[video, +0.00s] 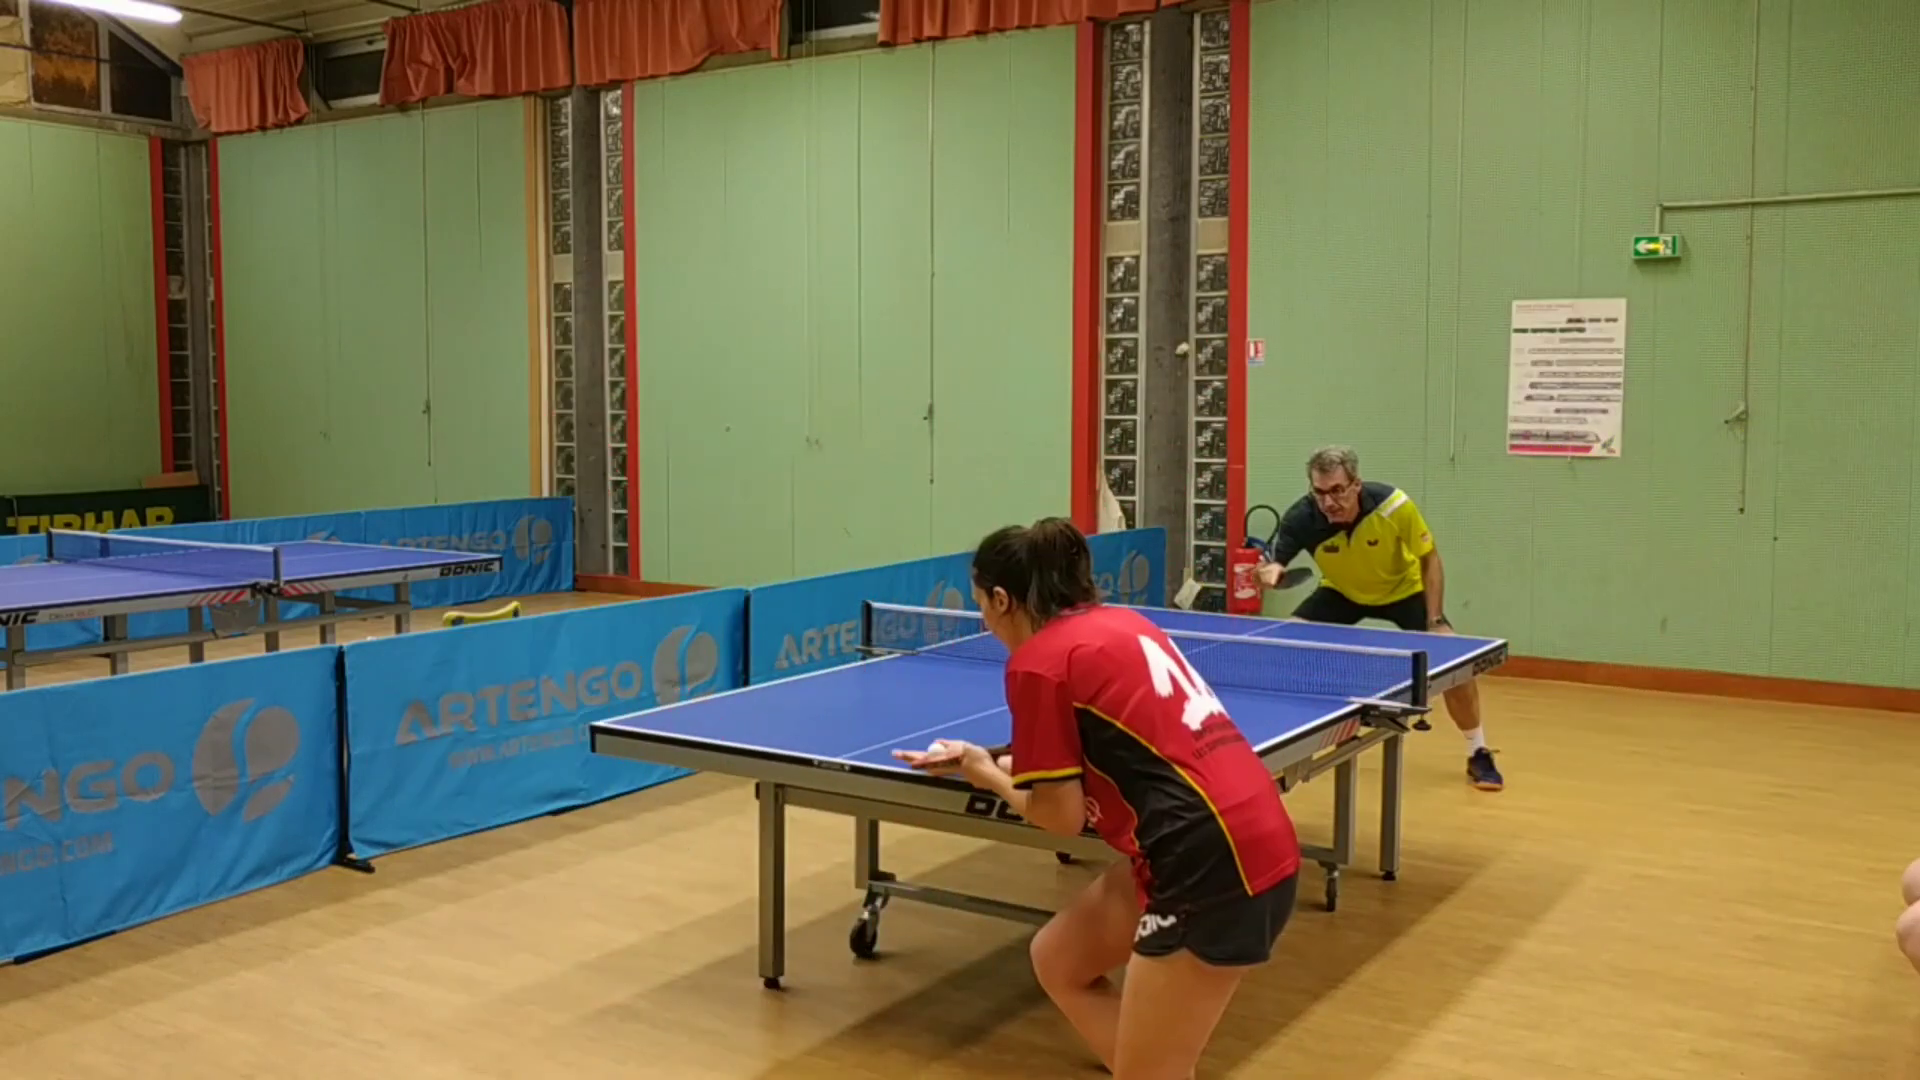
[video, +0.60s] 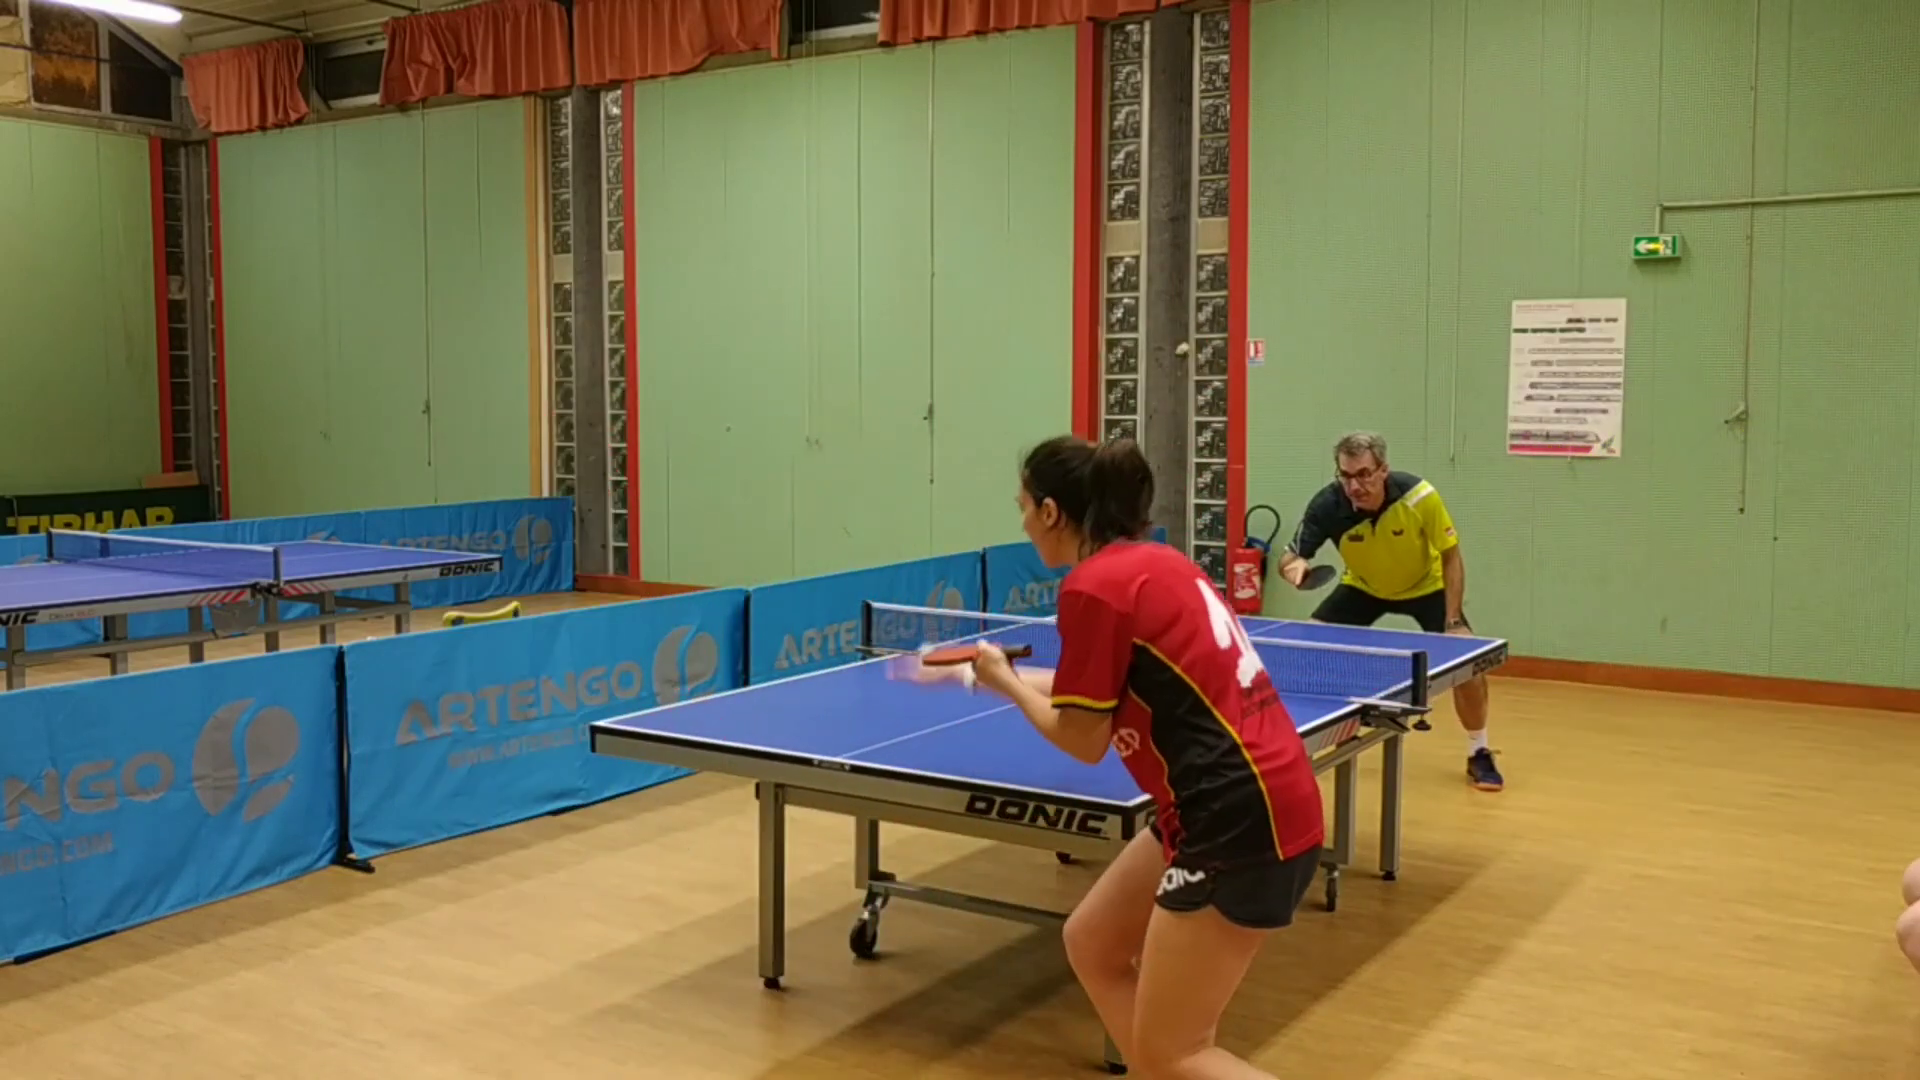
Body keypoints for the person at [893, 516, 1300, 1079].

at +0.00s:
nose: (984, 621)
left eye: (981, 605)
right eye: (980, 606)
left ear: (1003, 600)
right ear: (1066, 581)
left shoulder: (1039, 661)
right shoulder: (1125, 622)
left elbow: (1061, 817)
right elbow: (1112, 762)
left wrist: (991, 777)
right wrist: (986, 759)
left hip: (1213, 870)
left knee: (1147, 1070)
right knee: (1058, 960)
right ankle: (1144, 1068)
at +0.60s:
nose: (1023, 523)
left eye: (1024, 506)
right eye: (1022, 507)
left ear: (1052, 512)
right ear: (1104, 504)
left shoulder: (1094, 587)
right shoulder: (1158, 562)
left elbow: (1084, 742)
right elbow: (1114, 694)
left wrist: (1010, 683)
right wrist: (995, 669)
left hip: (1245, 828)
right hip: (1209, 810)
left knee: (1168, 1054)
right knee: (1093, 941)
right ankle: (1154, 1069)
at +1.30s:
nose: (1041, 465)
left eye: (1043, 446)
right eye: (1039, 448)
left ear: (1077, 441)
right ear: (1112, 434)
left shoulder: (1118, 507)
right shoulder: (1206, 486)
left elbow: (1160, 617)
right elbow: (1238, 570)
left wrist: (1052, 665)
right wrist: (1126, 563)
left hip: (1273, 769)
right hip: (1317, 738)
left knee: (1288, 1026)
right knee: (1159, 899)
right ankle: (1244, 1067)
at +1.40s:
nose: (1028, 457)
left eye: (1026, 442)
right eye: (1025, 443)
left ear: (1043, 440)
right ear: (1119, 428)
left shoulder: (1074, 506)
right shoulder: (1183, 485)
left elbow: (1088, 636)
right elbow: (1234, 601)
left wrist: (1081, 707)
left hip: (1228, 775)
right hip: (1284, 753)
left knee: (1266, 1021)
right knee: (1162, 923)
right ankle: (1189, 1073)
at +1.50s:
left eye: (1037, 410)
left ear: (1039, 418)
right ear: (1117, 409)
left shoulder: (1034, 498)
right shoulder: (1159, 476)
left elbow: (1005, 621)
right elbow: (1197, 596)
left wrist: (988, 741)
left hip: (1170, 768)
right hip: (1243, 746)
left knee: (1175, 1006)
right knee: (1172, 985)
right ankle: (1176, 1067)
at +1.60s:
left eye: (1016, 391)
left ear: (1015, 402)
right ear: (1089, 396)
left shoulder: (1003, 483)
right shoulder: (1136, 468)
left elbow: (934, 598)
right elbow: (1156, 596)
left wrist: (854, 710)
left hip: (1112, 750)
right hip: (1199, 734)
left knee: (1059, 956)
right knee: (1138, 941)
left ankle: (1196, 1068)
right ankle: (1170, 1071)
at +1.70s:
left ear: (982, 396)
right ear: (1060, 393)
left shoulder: (965, 475)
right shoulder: (1101, 463)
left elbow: (866, 581)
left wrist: (747, 663)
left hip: (1058, 738)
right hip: (1152, 728)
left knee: (957, 923)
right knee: (1125, 939)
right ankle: (1172, 1072)